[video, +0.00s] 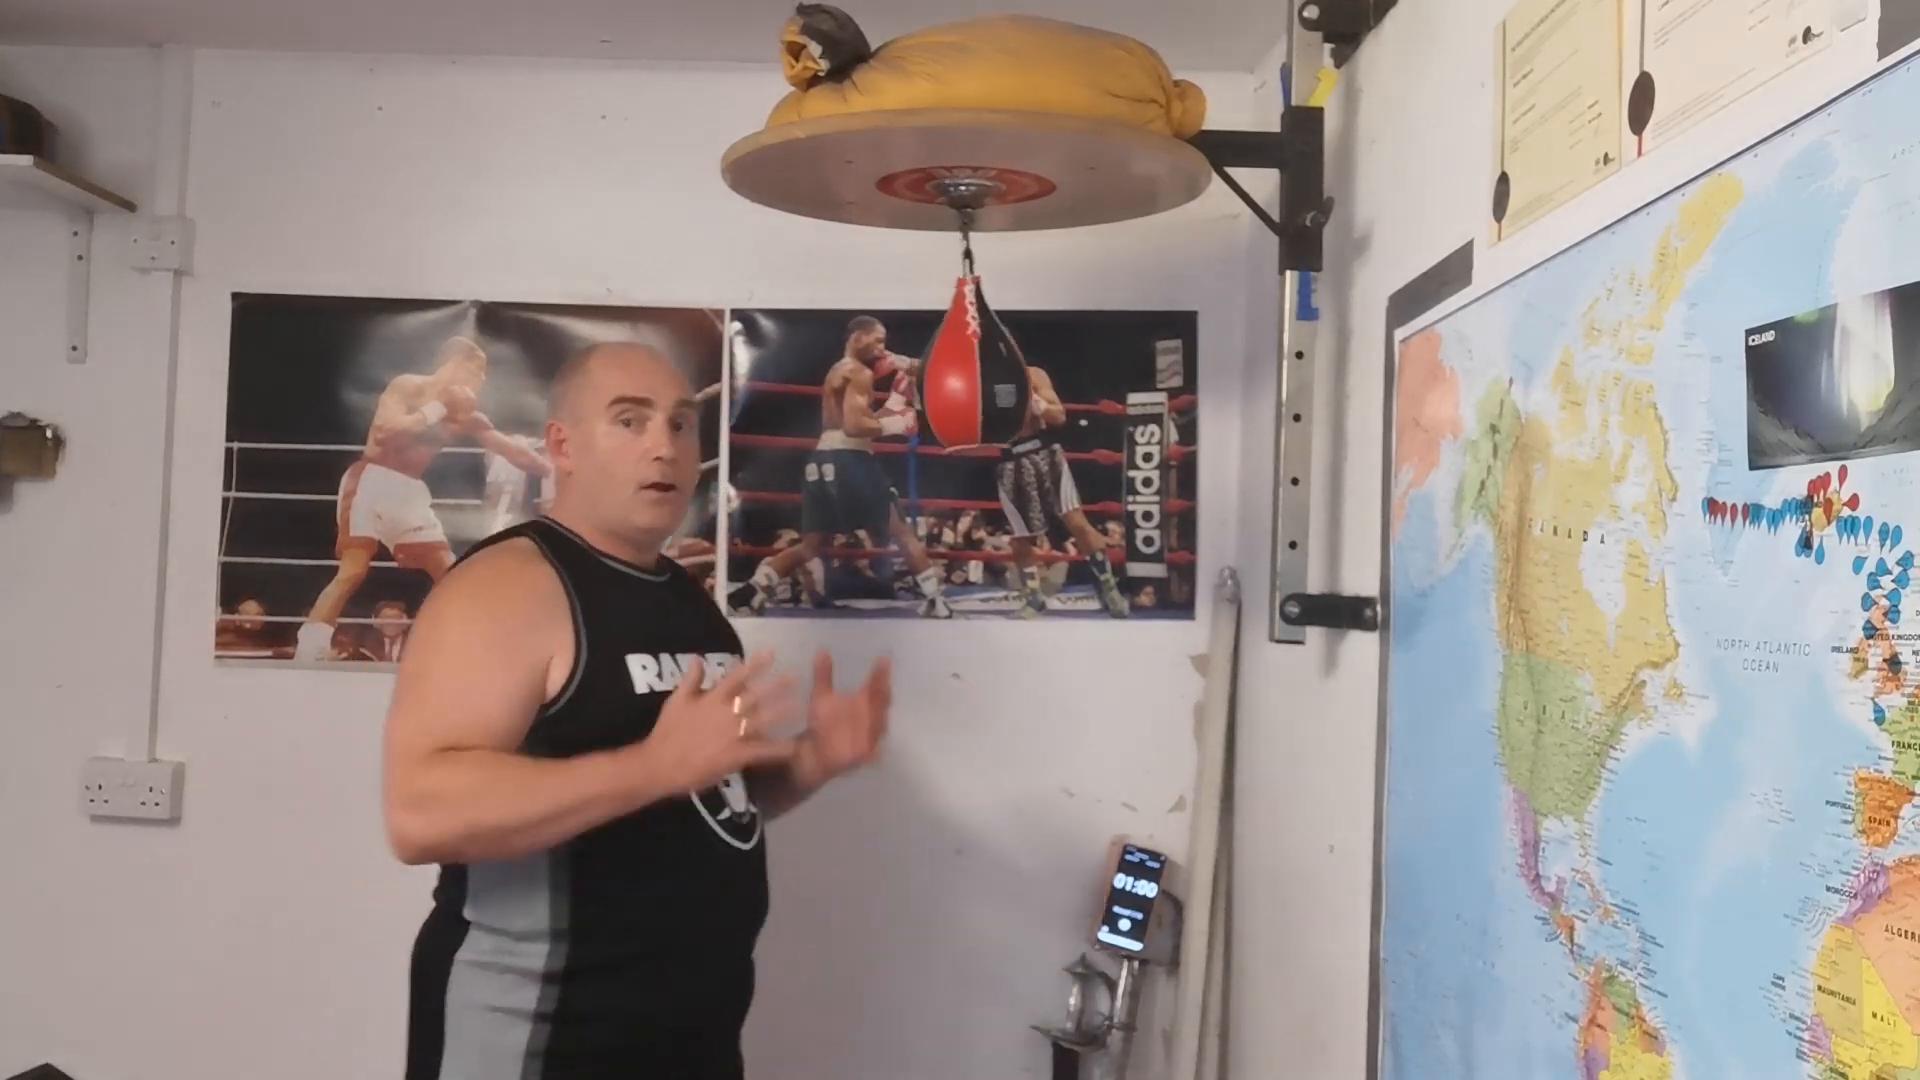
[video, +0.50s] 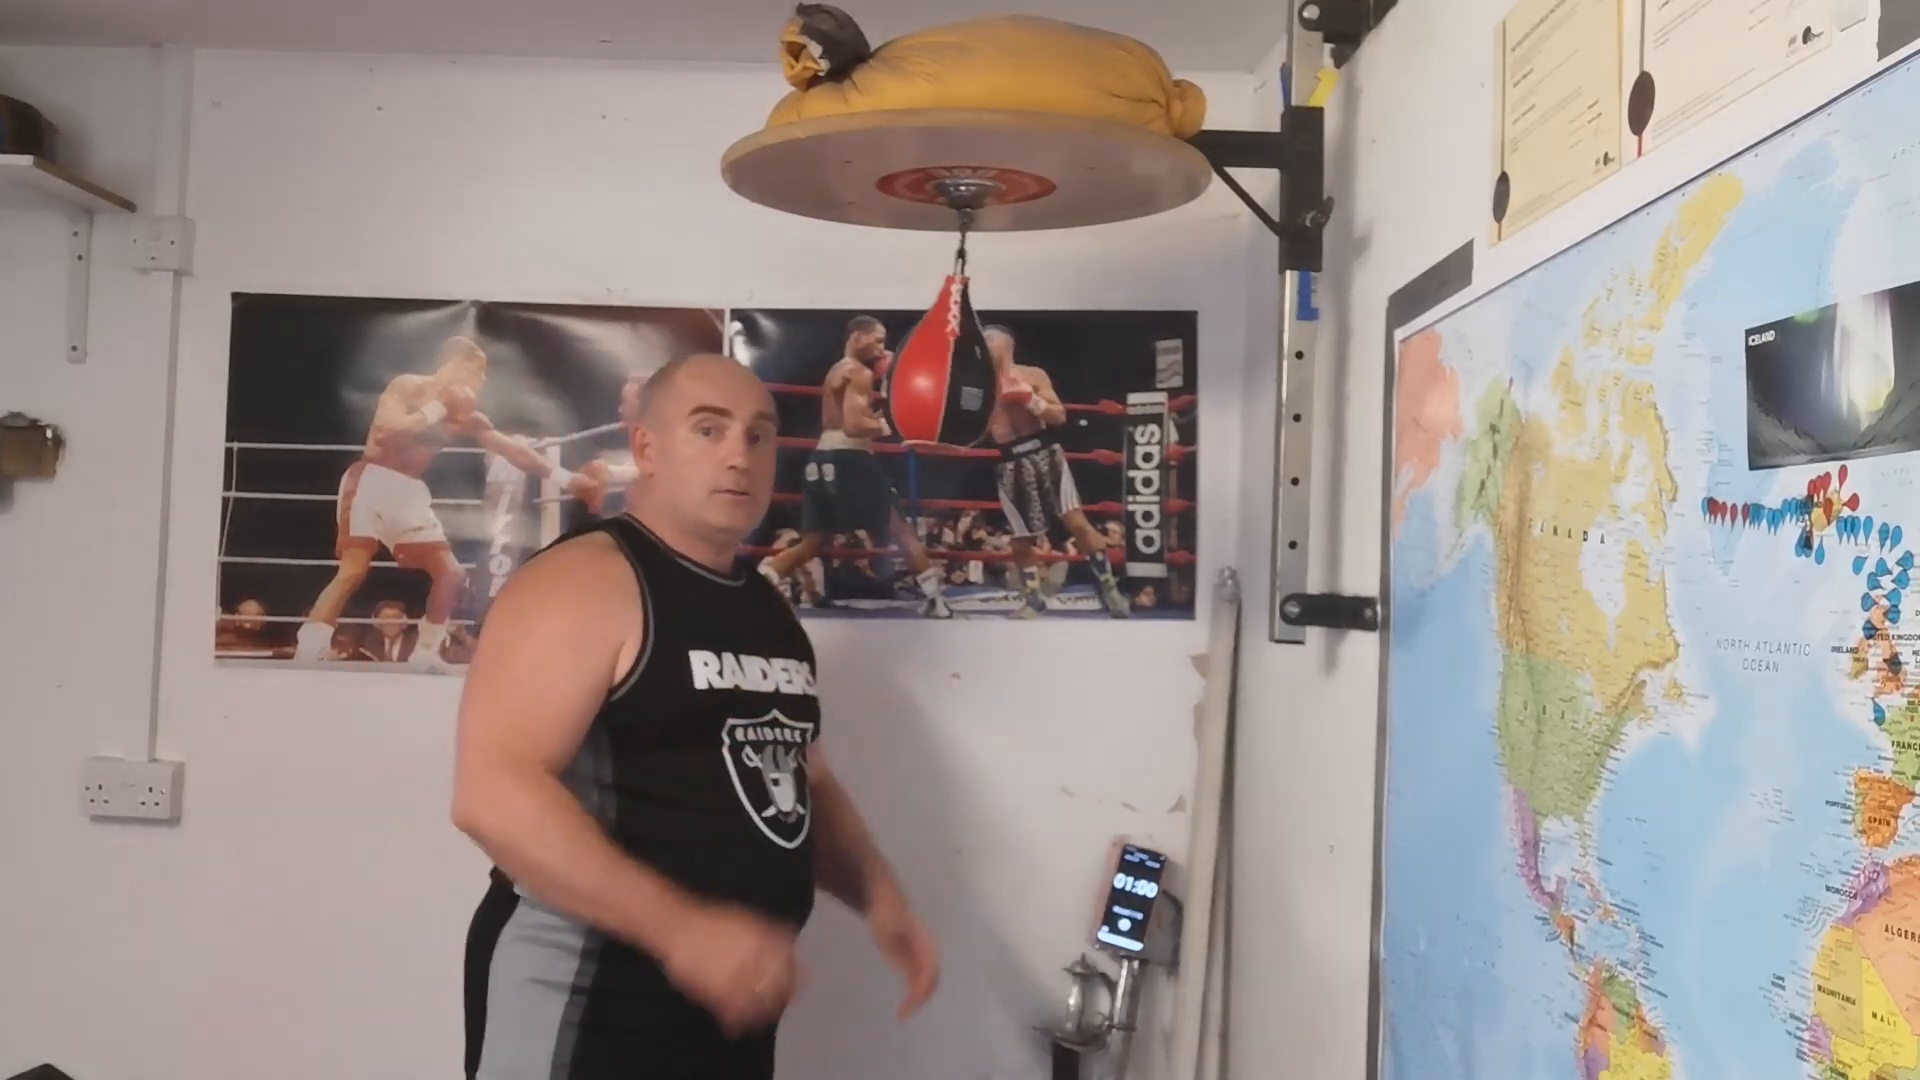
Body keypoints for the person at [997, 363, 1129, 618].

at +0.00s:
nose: (1002, 356)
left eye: (1004, 349)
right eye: (994, 354)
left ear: (1011, 349)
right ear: (987, 361)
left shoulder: (1034, 376)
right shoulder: (984, 387)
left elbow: (1059, 416)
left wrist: (1043, 409)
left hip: (1047, 456)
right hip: (1012, 464)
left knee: (1076, 523)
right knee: (1021, 536)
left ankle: (1109, 589)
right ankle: (1032, 597)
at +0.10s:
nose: (1005, 360)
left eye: (1007, 353)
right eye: (996, 356)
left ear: (1016, 352)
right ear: (988, 362)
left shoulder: (1035, 375)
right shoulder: (983, 385)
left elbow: (1059, 415)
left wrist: (1042, 407)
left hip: (1047, 455)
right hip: (1011, 464)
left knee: (1076, 523)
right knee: (1021, 536)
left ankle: (1108, 588)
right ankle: (1032, 597)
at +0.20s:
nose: (1004, 359)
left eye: (1006, 352)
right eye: (996, 356)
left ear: (1013, 352)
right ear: (988, 362)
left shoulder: (1033, 375)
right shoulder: (984, 386)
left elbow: (1059, 416)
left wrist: (1042, 407)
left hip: (1047, 456)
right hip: (1011, 464)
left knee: (1076, 523)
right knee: (1021, 536)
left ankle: (1109, 588)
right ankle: (1032, 597)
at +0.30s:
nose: (998, 354)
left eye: (1001, 346)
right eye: (992, 349)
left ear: (1012, 346)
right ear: (985, 354)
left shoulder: (1034, 375)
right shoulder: (982, 384)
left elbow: (1059, 416)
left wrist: (1036, 404)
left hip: (1046, 456)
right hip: (1011, 465)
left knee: (1075, 522)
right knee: (1021, 539)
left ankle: (1108, 587)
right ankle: (1032, 597)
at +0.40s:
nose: (996, 356)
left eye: (1000, 349)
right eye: (991, 351)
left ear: (1011, 348)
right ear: (984, 354)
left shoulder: (1033, 375)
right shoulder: (982, 384)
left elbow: (1059, 416)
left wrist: (1033, 401)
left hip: (1046, 456)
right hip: (1011, 465)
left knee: (1076, 523)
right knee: (1022, 537)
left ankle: (1108, 587)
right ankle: (1032, 596)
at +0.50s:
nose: (991, 356)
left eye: (995, 348)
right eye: (986, 350)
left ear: (1009, 348)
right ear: (982, 354)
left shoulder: (1033, 375)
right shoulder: (983, 386)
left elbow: (1059, 416)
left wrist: (1032, 400)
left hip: (1046, 457)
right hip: (1011, 465)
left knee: (1076, 523)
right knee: (1021, 537)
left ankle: (1109, 587)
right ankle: (1032, 596)